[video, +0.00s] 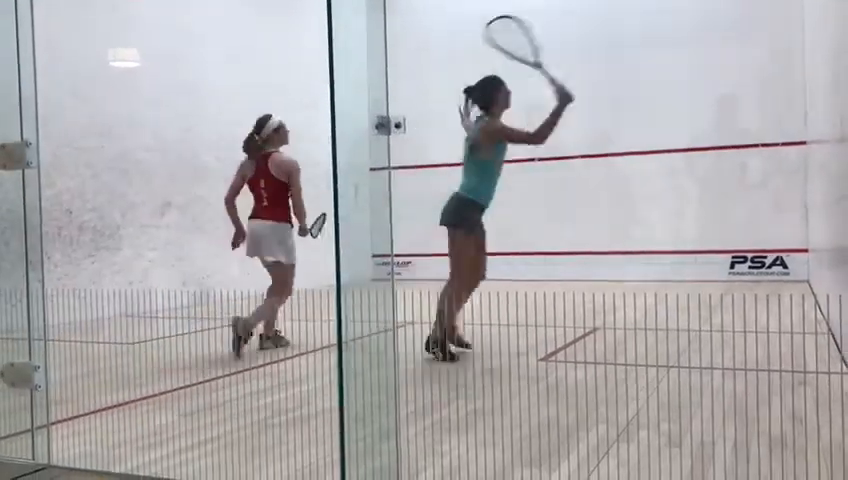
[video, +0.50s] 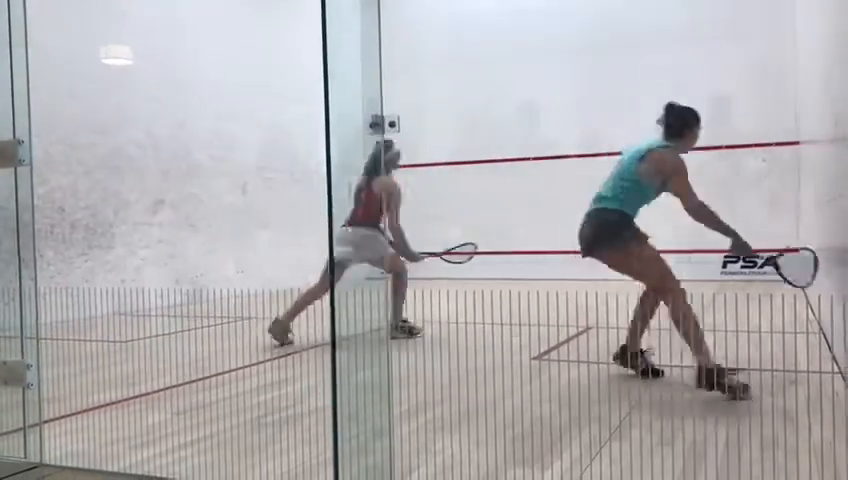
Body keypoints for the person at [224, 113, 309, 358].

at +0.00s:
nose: (287, 131)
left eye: (284, 127)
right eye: (282, 128)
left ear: (264, 138)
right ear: (274, 136)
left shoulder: (248, 164)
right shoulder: (288, 164)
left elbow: (229, 199)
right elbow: (297, 200)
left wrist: (239, 228)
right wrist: (303, 223)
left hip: (255, 228)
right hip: (279, 229)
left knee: (278, 283)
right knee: (284, 289)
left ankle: (269, 333)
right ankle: (248, 325)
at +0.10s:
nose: (302, 123)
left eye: (299, 119)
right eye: (297, 121)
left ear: (278, 130)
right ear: (289, 129)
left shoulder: (266, 155)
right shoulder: (303, 154)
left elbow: (251, 190)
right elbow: (311, 191)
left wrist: (265, 209)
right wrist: (319, 215)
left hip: (271, 220)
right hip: (295, 221)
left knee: (283, 274)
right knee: (313, 274)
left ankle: (269, 327)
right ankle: (282, 317)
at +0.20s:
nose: (318, 120)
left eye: (316, 116)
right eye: (313, 118)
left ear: (294, 126)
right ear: (303, 125)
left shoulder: (284, 149)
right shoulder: (320, 150)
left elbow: (267, 183)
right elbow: (327, 189)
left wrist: (281, 201)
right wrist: (340, 214)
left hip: (287, 213)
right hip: (311, 213)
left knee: (297, 270)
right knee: (335, 266)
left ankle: (274, 320)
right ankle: (316, 316)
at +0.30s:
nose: (337, 132)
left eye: (334, 128)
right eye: (334, 129)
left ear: (312, 134)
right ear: (329, 132)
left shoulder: (304, 157)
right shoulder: (338, 159)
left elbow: (290, 196)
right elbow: (345, 200)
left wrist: (300, 217)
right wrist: (358, 230)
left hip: (301, 223)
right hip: (324, 223)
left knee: (308, 277)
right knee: (357, 263)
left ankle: (280, 323)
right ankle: (356, 321)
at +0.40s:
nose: (362, 155)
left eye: (360, 151)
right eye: (359, 152)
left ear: (339, 155)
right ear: (354, 155)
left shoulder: (327, 176)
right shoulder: (358, 180)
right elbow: (365, 221)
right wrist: (383, 248)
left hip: (316, 239)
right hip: (342, 240)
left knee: (308, 291)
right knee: (379, 268)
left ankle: (277, 333)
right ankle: (388, 321)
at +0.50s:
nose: (399, 157)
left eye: (397, 154)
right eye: (395, 155)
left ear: (376, 159)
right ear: (388, 159)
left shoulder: (363, 182)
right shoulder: (390, 186)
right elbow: (394, 228)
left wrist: (400, 251)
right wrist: (411, 255)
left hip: (346, 235)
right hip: (368, 238)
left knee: (323, 285)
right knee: (399, 270)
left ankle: (283, 322)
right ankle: (397, 323)